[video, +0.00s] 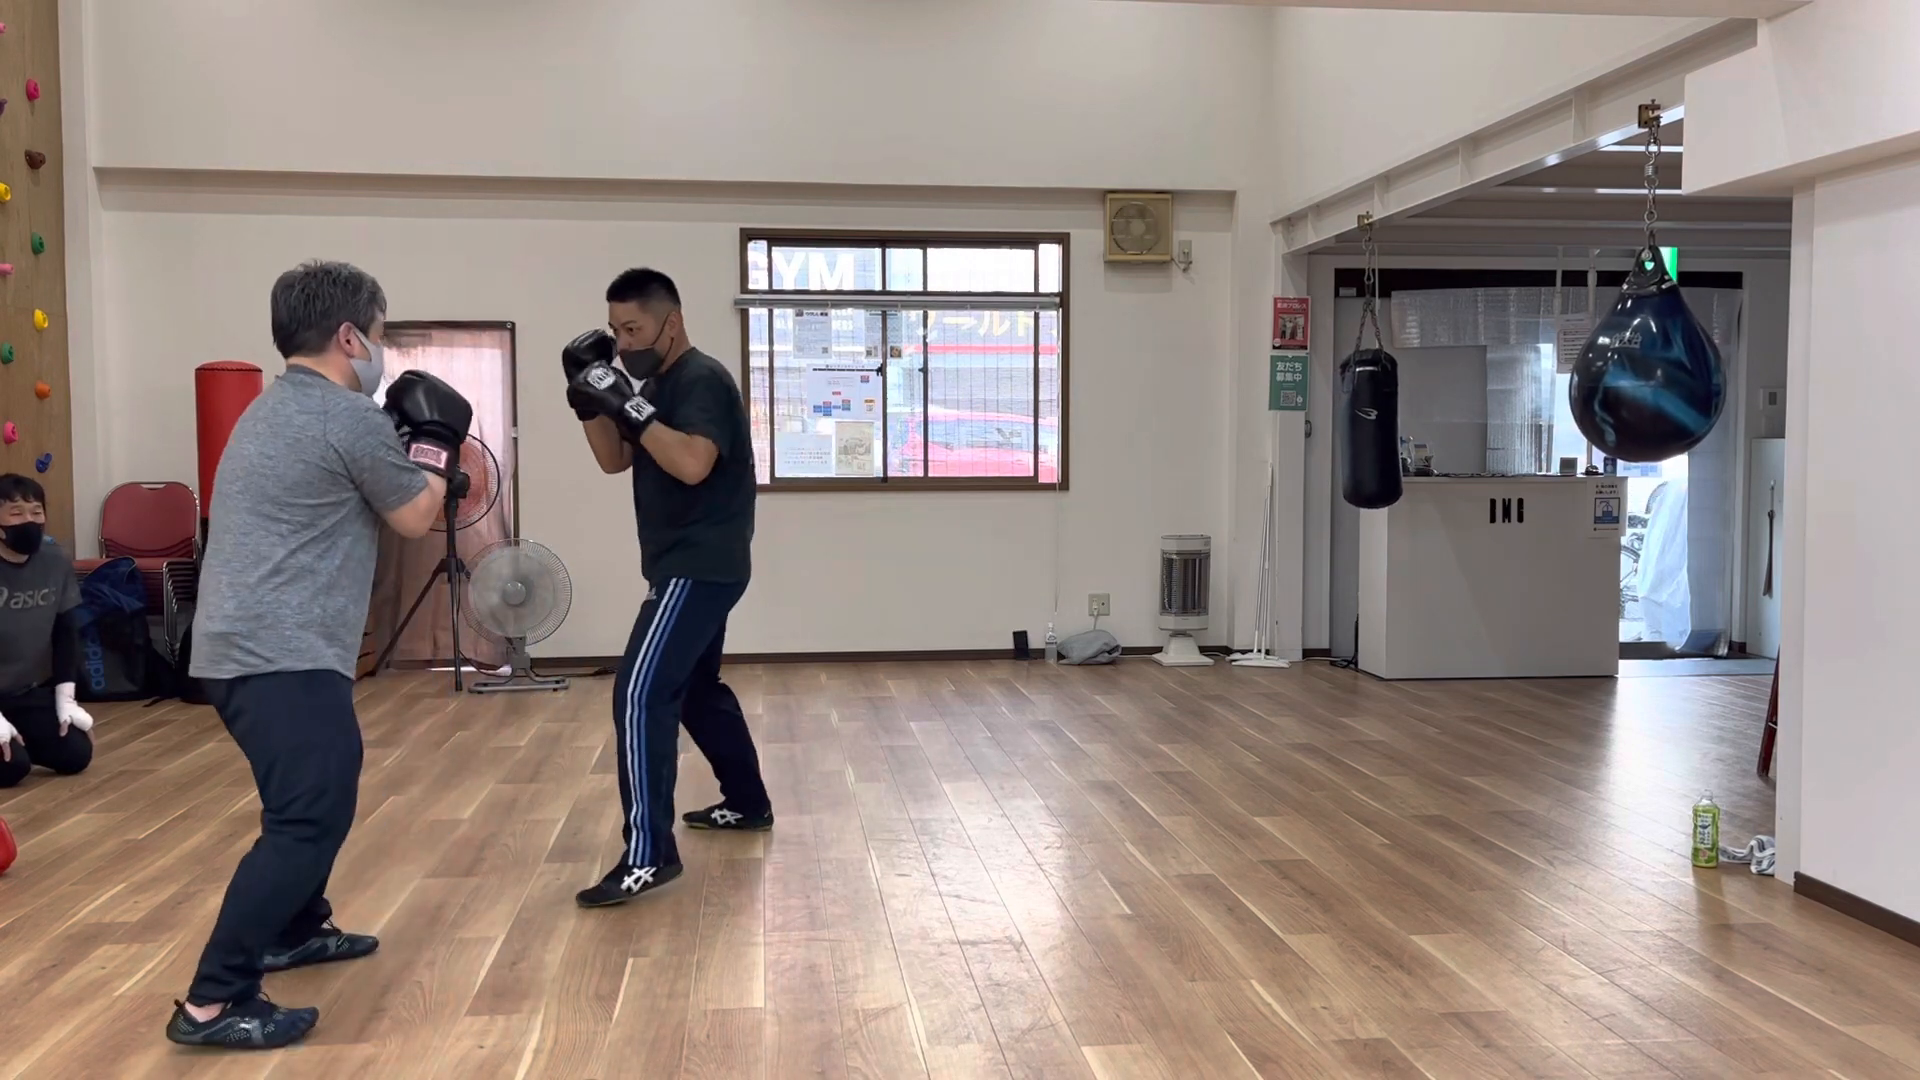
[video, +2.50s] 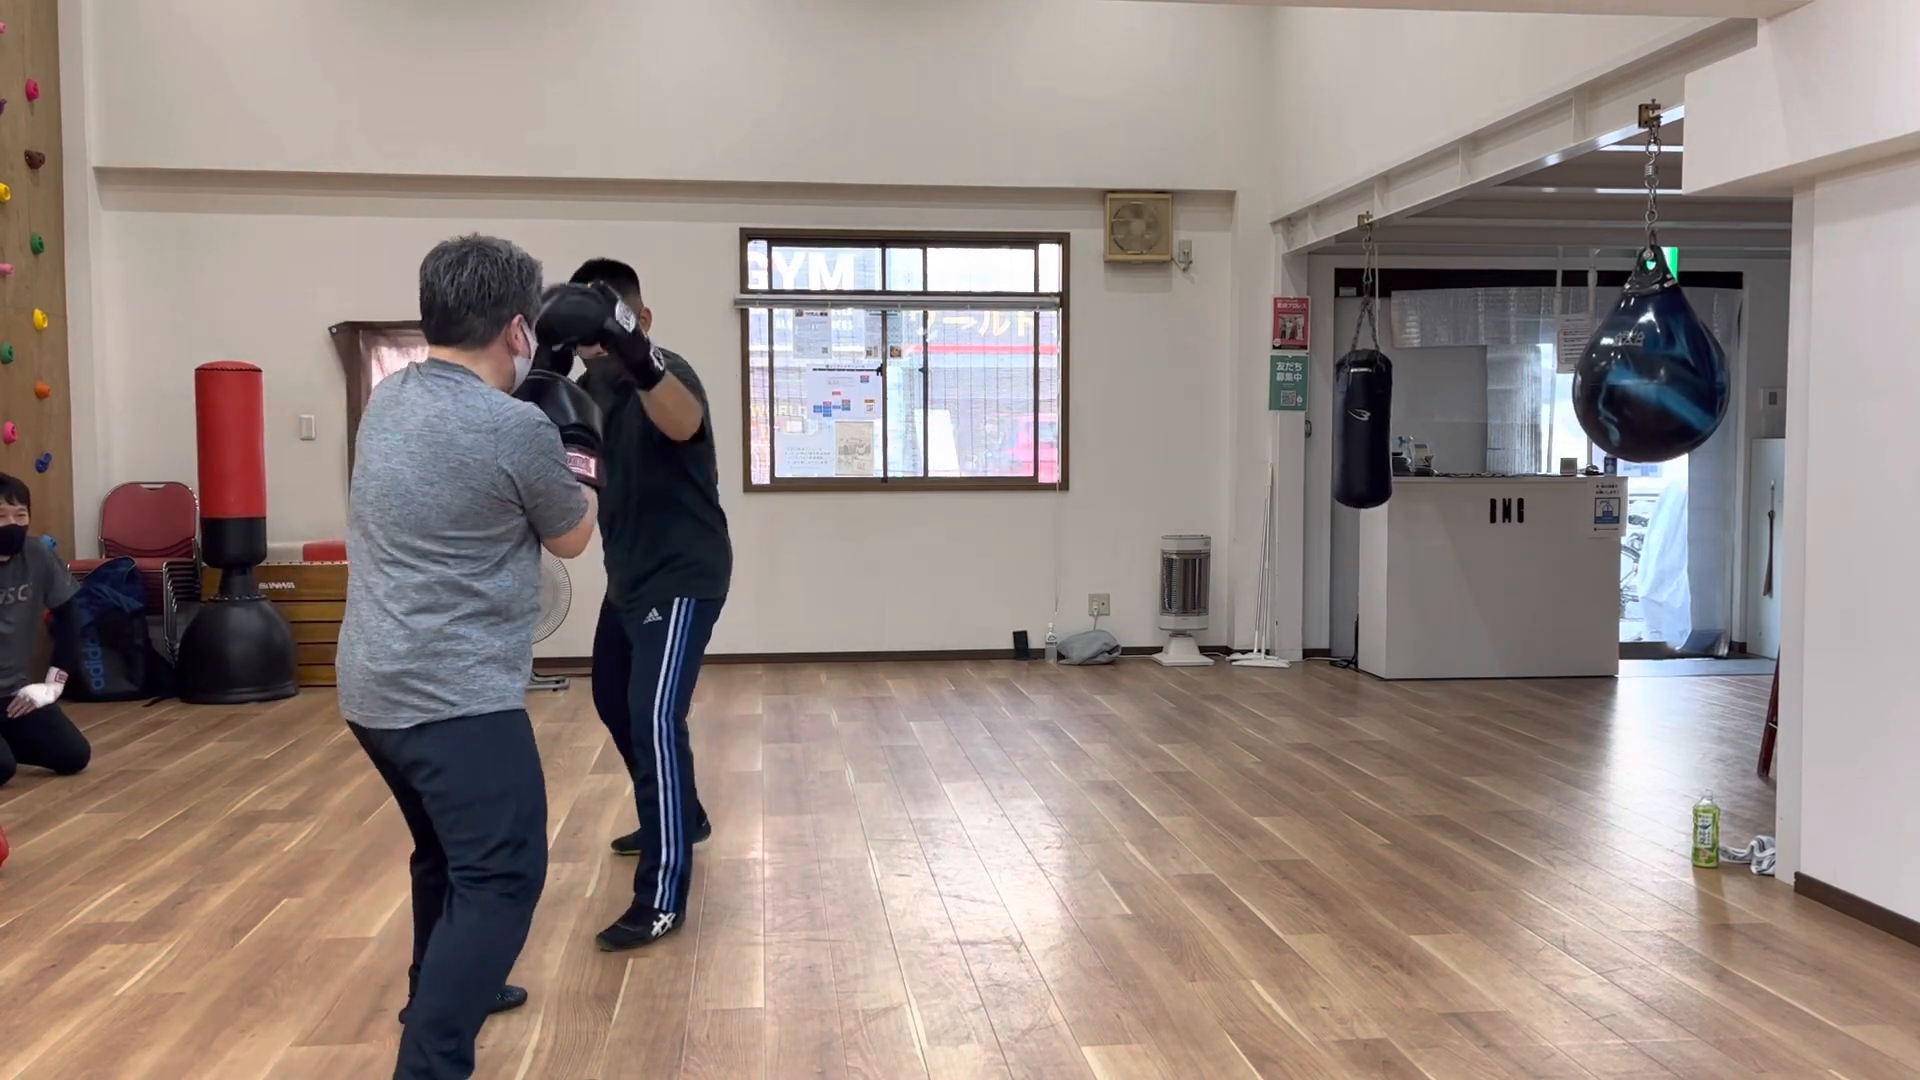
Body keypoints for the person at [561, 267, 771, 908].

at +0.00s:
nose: (624, 342)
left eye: (633, 329)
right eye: (617, 331)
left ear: (672, 322)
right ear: (619, 329)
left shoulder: (703, 380)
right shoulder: (651, 382)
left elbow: (694, 463)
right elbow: (613, 458)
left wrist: (628, 402)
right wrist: (586, 390)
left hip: (701, 567)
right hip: (679, 565)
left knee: (639, 693)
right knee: (697, 690)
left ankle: (649, 857)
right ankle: (748, 802)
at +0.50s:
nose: (596, 349)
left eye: (607, 334)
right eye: (587, 337)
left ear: (646, 328)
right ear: (583, 336)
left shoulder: (682, 389)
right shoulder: (613, 398)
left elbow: (694, 482)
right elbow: (584, 476)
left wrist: (615, 425)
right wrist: (552, 414)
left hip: (703, 574)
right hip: (674, 575)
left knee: (620, 686)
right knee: (701, 700)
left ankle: (648, 856)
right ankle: (775, 810)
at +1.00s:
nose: (625, 323)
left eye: (638, 309)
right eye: (613, 312)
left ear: (673, 304)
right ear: (604, 316)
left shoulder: (711, 374)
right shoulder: (617, 397)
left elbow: (736, 438)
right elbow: (582, 470)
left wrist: (680, 358)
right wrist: (561, 393)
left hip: (694, 578)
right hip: (646, 582)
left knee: (648, 719)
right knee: (684, 709)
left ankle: (653, 895)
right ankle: (756, 821)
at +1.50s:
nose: (637, 329)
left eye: (650, 314)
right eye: (627, 316)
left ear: (686, 312)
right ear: (619, 317)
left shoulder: (725, 382)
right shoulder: (632, 384)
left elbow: (718, 481)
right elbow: (601, 470)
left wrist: (678, 399)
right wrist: (580, 404)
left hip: (723, 571)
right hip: (667, 574)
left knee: (700, 712)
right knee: (690, 704)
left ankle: (696, 879)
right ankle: (756, 815)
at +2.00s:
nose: (605, 345)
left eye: (617, 331)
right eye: (594, 334)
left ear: (650, 324)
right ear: (584, 334)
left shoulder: (693, 383)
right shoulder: (593, 391)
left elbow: (712, 476)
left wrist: (668, 398)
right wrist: (553, 397)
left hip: (696, 573)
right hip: (631, 577)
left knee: (680, 717)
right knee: (620, 707)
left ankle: (696, 880)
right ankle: (670, 812)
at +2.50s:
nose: (593, 343)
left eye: (605, 325)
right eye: (584, 330)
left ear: (638, 318)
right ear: (575, 333)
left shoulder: (669, 374)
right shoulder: (596, 388)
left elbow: (682, 422)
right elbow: (539, 424)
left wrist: (637, 357)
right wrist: (550, 360)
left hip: (683, 574)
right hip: (630, 576)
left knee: (652, 720)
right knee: (613, 698)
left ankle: (662, 900)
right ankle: (678, 816)